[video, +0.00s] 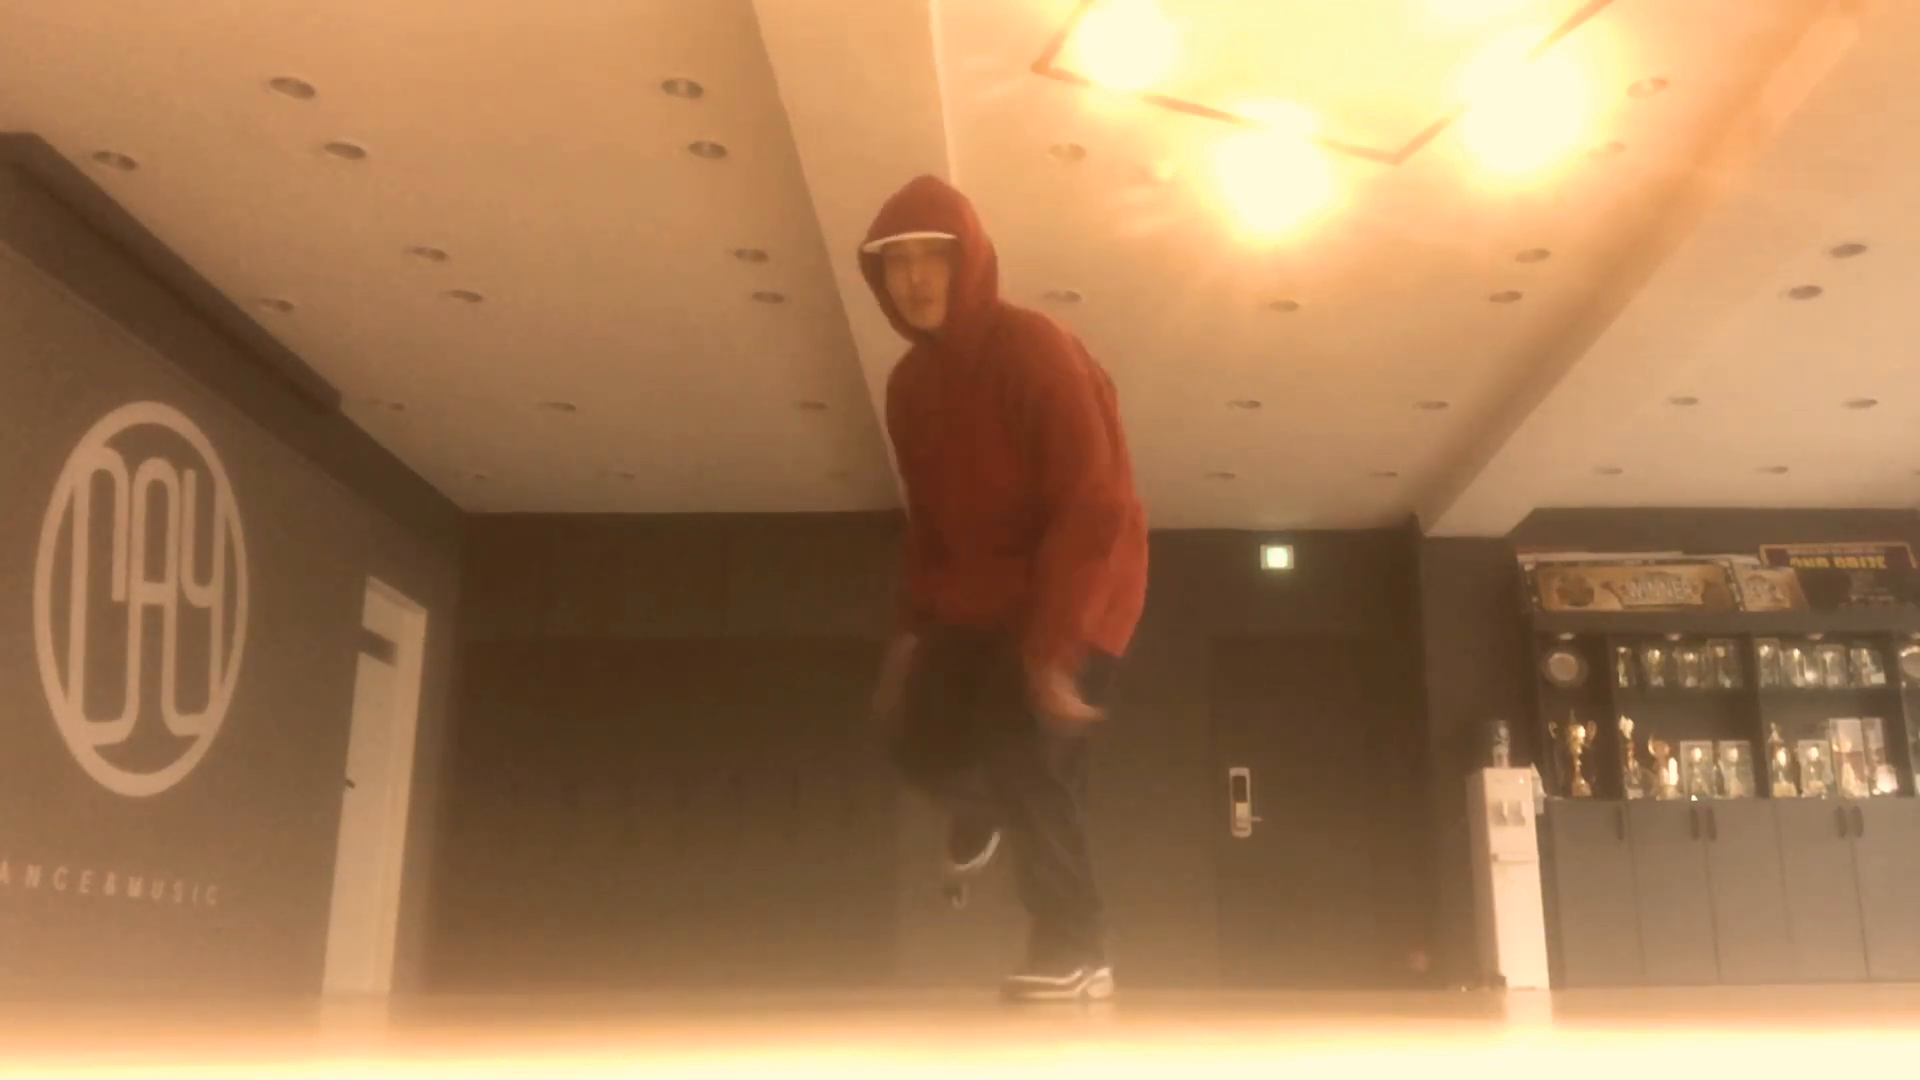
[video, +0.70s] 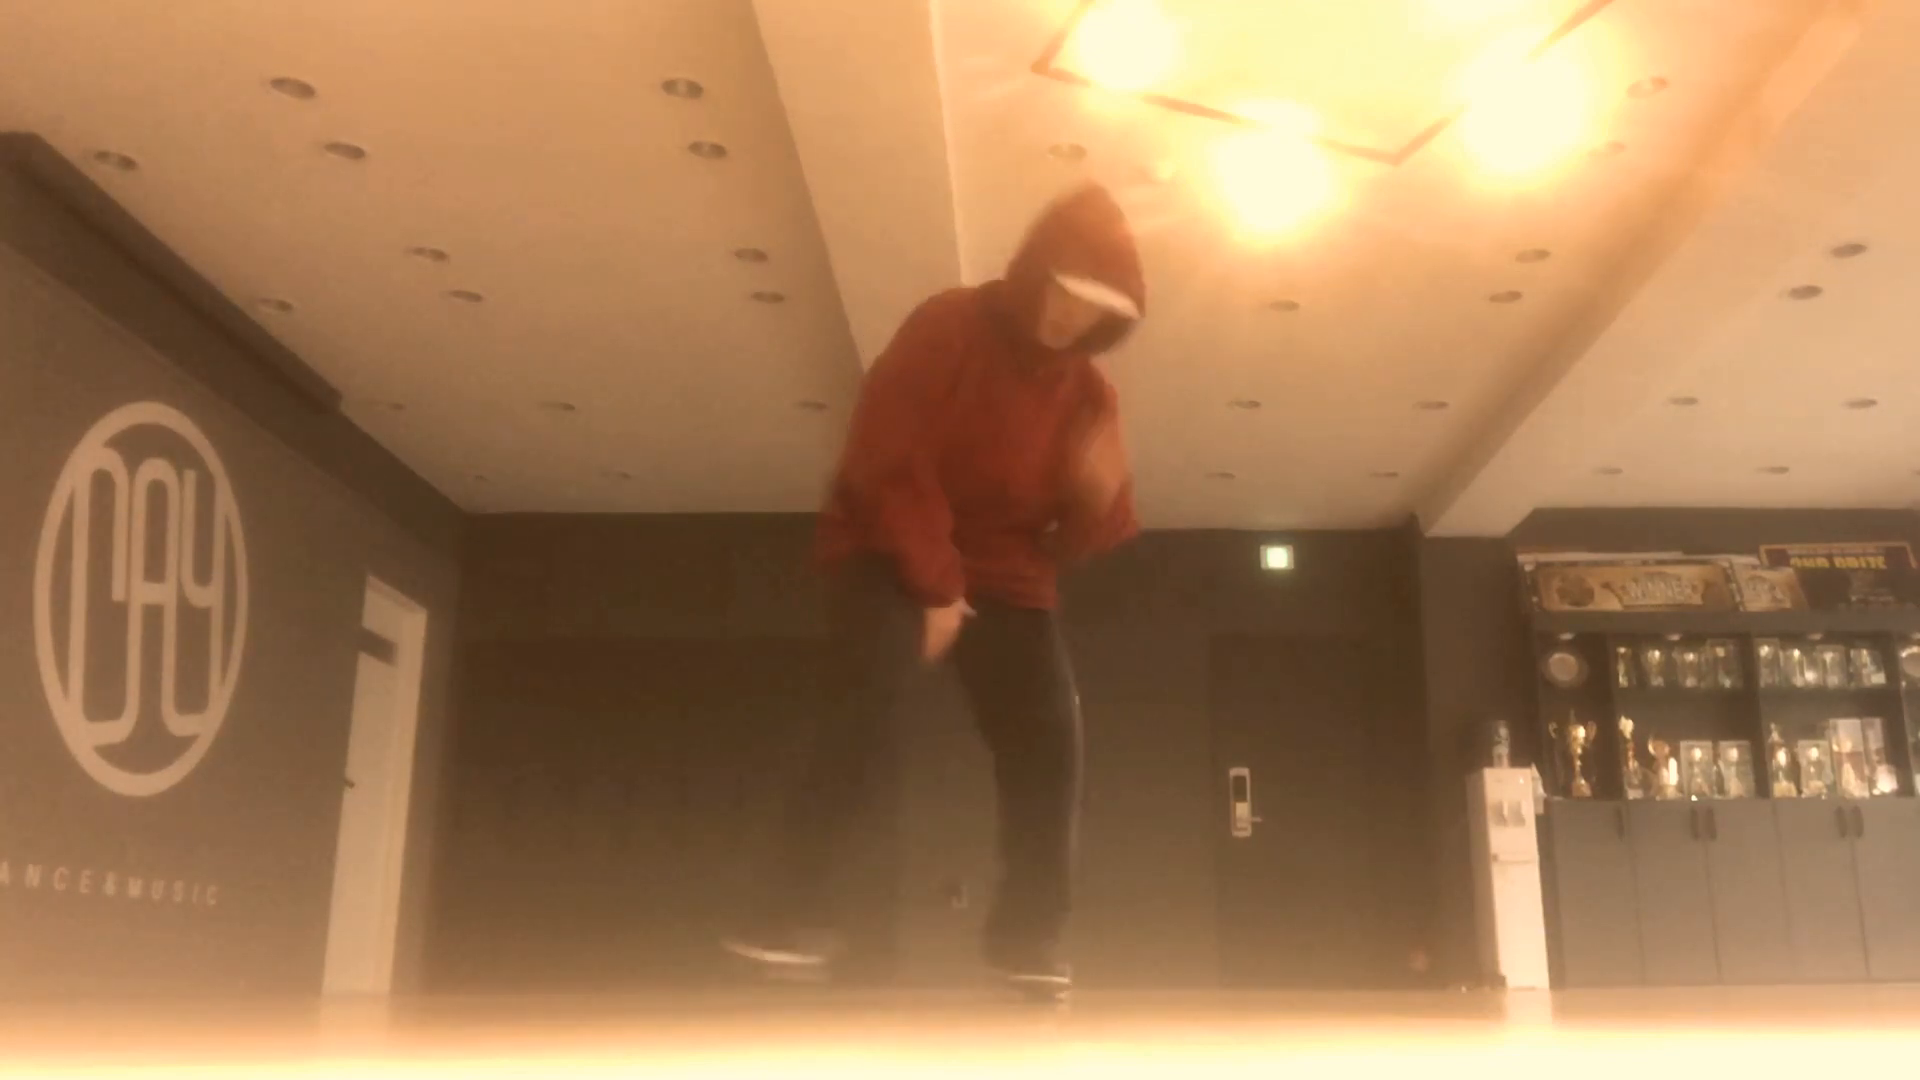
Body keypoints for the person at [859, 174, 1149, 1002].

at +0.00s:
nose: (911, 280)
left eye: (928, 258)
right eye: (893, 264)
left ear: (967, 262)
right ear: (878, 281)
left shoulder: (1041, 353)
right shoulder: (909, 383)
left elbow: (1095, 506)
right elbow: (929, 519)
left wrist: (1053, 645)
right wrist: (912, 624)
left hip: (1064, 592)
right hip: (972, 595)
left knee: (1031, 761)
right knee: (918, 738)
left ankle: (1072, 947)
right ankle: (981, 796)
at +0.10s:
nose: (907, 270)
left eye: (924, 248)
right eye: (888, 253)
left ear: (962, 252)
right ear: (872, 271)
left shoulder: (1036, 335)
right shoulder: (905, 378)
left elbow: (1114, 456)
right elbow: (929, 494)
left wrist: (1014, 528)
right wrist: (942, 558)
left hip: (1085, 578)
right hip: (980, 585)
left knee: (1030, 744)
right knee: (911, 704)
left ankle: (1071, 944)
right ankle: (959, 871)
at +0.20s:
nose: (910, 254)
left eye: (928, 233)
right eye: (892, 238)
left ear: (966, 238)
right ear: (875, 255)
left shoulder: (1046, 321)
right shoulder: (903, 362)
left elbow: (1105, 381)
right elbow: (897, 479)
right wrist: (908, 548)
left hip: (1080, 569)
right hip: (971, 571)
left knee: (1028, 737)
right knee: (928, 733)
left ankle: (1073, 939)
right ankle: (959, 925)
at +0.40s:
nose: (950, 247)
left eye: (970, 228)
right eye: (932, 227)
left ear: (1003, 236)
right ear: (909, 240)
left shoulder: (1061, 325)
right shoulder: (894, 361)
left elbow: (1109, 373)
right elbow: (847, 485)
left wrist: (1047, 424)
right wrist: (785, 587)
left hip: (1059, 596)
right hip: (945, 597)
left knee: (1048, 776)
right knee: (953, 769)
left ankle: (1053, 950)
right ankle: (980, 943)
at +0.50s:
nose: (987, 257)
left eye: (1007, 241)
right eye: (971, 238)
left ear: (1032, 253)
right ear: (943, 246)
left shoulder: (1069, 352)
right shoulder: (893, 352)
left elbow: (1127, 475)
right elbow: (845, 475)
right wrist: (857, 567)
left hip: (1050, 597)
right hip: (935, 592)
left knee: (1041, 772)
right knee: (949, 769)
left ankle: (1044, 956)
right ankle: (956, 949)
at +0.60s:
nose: (1041, 282)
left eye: (1061, 267)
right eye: (1027, 259)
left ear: (1081, 282)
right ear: (993, 258)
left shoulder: (1087, 382)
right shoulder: (921, 343)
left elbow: (1113, 527)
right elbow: (870, 483)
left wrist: (1067, 579)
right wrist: (931, 583)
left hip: (1033, 584)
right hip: (923, 576)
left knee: (1048, 762)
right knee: (935, 744)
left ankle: (1042, 955)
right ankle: (939, 941)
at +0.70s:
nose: (1075, 323)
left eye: (1098, 312)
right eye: (1070, 297)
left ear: (1112, 317)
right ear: (1035, 276)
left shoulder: (1084, 389)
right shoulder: (948, 327)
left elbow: (1089, 538)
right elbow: (884, 458)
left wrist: (1097, 493)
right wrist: (939, 584)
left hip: (1004, 564)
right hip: (894, 547)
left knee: (1048, 729)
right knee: (866, 705)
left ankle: (1027, 940)